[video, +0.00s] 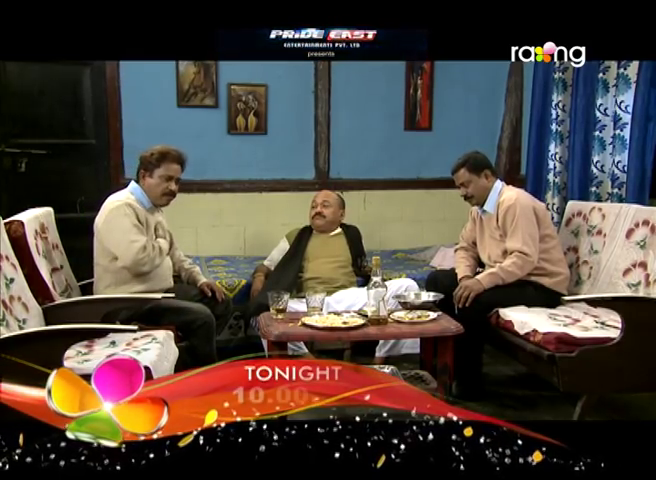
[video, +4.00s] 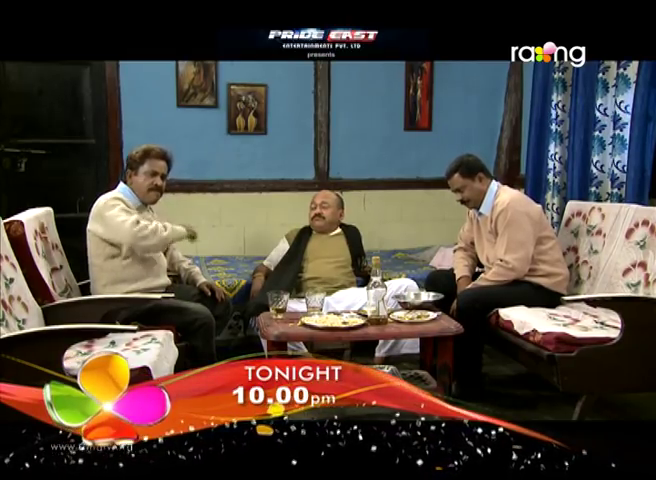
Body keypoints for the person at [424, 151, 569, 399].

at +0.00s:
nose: (463, 193)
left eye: (466, 185)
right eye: (460, 188)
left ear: (487, 177)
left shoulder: (517, 203)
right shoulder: (479, 209)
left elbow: (523, 259)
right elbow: (465, 247)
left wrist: (480, 282)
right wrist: (465, 277)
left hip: (542, 285)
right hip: (504, 277)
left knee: (472, 301)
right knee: (438, 280)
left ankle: (467, 385)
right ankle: (439, 370)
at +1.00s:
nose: (460, 196)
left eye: (463, 188)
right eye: (457, 191)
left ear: (483, 178)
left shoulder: (515, 205)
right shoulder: (479, 208)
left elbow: (517, 262)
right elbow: (465, 247)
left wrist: (469, 286)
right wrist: (464, 278)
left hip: (541, 285)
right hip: (503, 276)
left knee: (467, 302)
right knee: (437, 280)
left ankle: (467, 385)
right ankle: (440, 369)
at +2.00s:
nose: (458, 197)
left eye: (461, 189)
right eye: (455, 192)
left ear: (481, 178)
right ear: (479, 180)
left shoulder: (514, 205)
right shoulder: (478, 209)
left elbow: (513, 265)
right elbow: (464, 247)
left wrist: (465, 294)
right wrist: (464, 281)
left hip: (541, 286)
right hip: (502, 277)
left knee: (469, 302)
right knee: (437, 280)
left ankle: (467, 386)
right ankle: (440, 369)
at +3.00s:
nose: (458, 199)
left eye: (460, 191)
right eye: (455, 193)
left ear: (481, 179)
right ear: (479, 181)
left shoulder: (512, 206)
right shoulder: (477, 208)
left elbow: (513, 266)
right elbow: (464, 249)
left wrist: (465, 295)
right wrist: (463, 283)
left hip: (542, 286)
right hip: (504, 277)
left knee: (469, 302)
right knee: (437, 280)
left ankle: (467, 384)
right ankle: (440, 368)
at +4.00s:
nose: (458, 198)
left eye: (461, 191)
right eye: (455, 193)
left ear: (481, 179)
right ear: (478, 181)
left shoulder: (513, 206)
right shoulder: (477, 208)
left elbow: (513, 266)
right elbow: (464, 248)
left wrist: (466, 294)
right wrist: (463, 283)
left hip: (541, 286)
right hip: (504, 277)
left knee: (468, 302)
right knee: (437, 280)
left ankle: (467, 385)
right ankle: (440, 369)